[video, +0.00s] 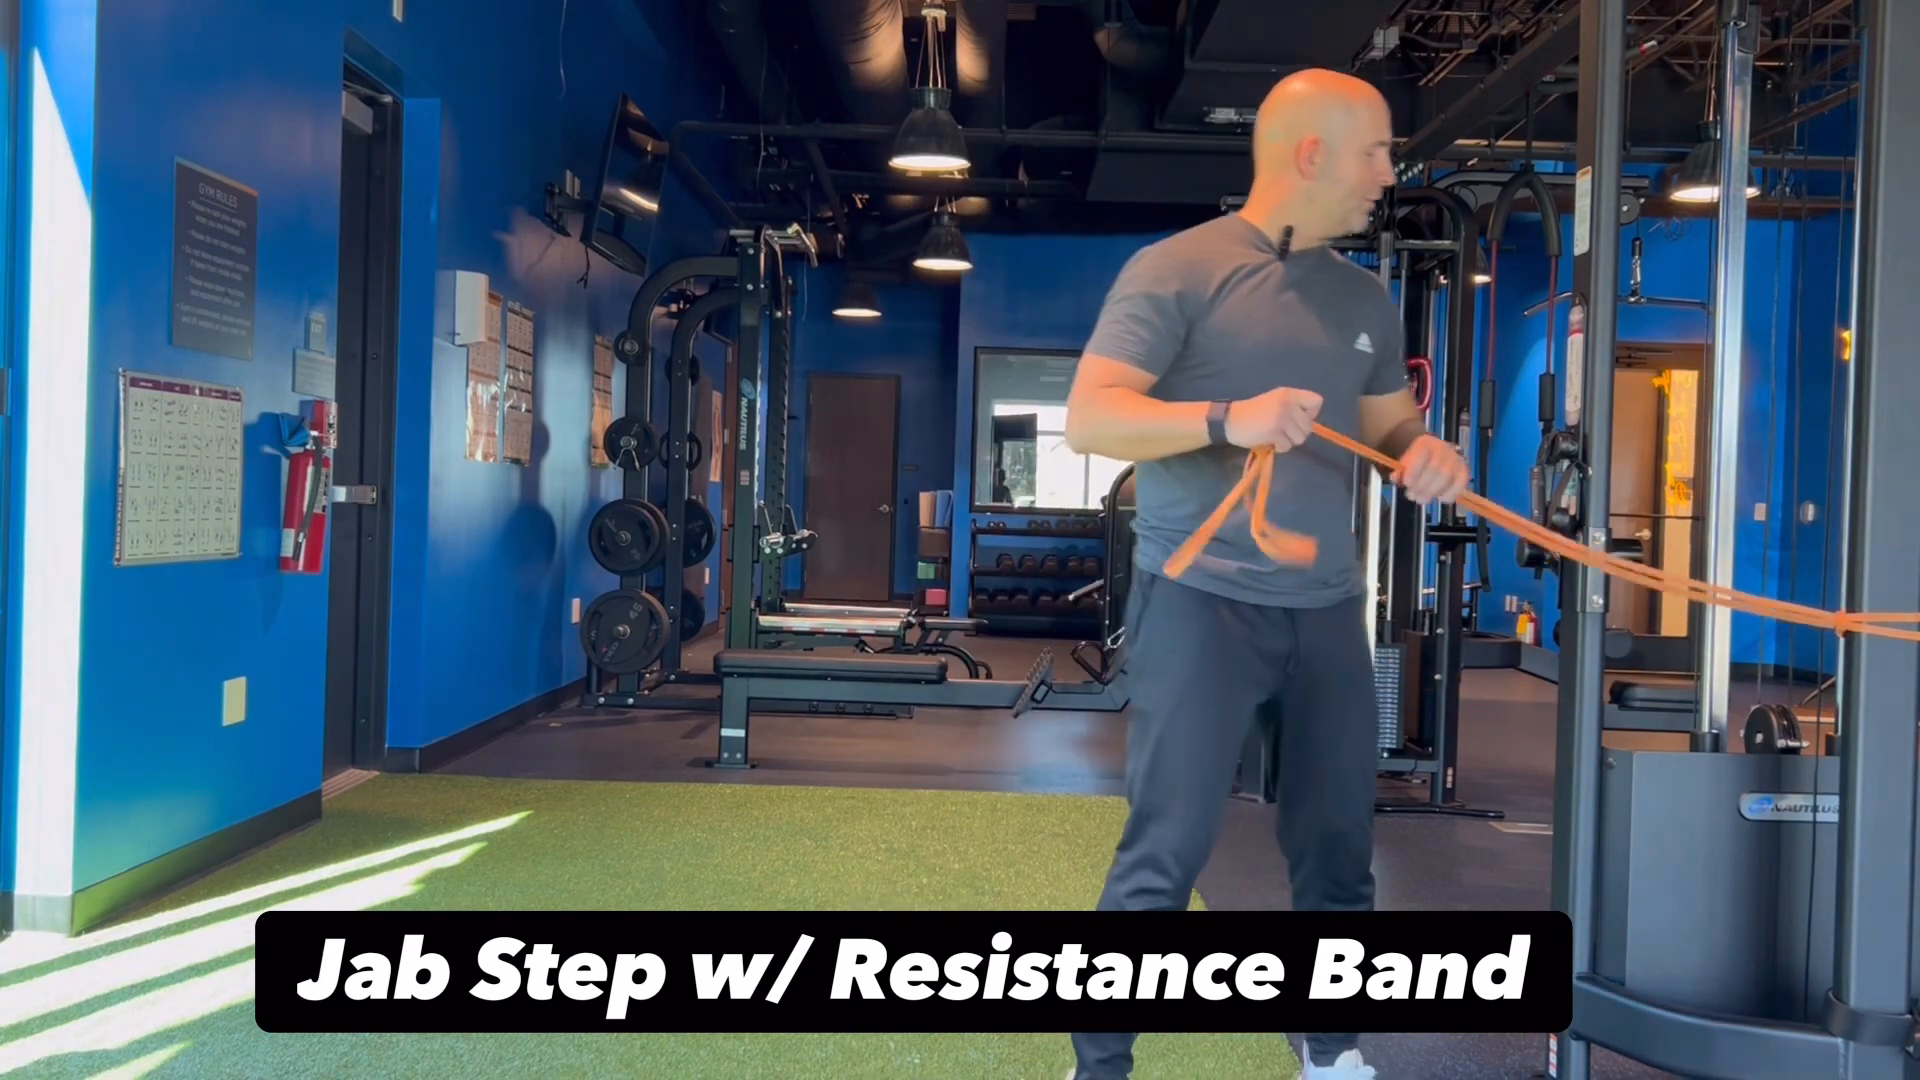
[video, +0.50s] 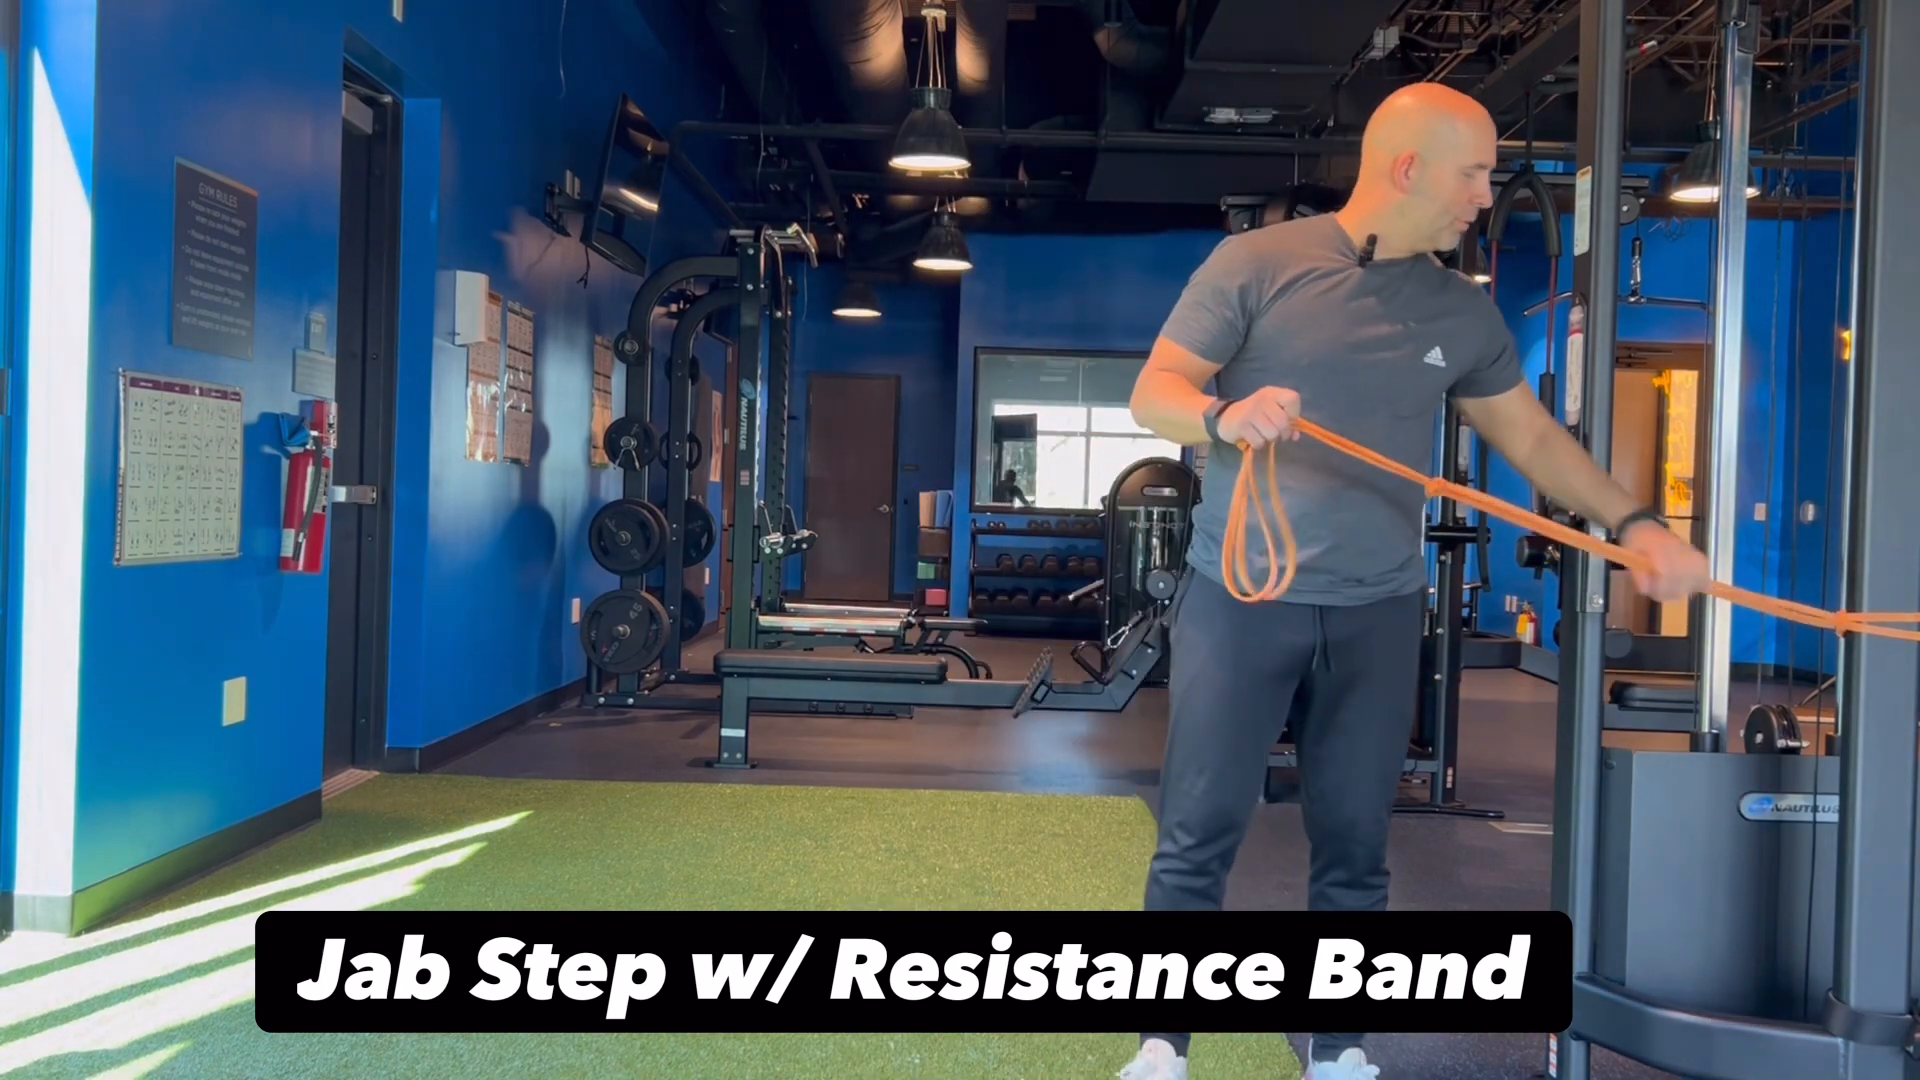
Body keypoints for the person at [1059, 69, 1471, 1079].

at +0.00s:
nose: (1389, 175)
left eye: (1389, 154)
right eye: (1374, 152)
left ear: (1316, 159)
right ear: (1304, 155)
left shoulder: (1366, 299)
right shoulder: (1177, 270)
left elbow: (1387, 429)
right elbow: (1090, 417)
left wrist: (1421, 451)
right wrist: (1224, 418)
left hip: (1327, 609)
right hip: (1199, 601)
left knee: (1339, 850)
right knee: (1167, 851)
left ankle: (1329, 1051)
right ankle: (1100, 1059)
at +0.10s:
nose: (1430, 185)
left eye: (1432, 165)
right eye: (1417, 163)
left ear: (1359, 168)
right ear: (1346, 162)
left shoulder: (1408, 304)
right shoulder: (1205, 272)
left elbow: (1436, 430)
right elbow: (1118, 413)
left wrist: (1463, 454)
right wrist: (1223, 423)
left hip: (1357, 612)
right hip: (1221, 607)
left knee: (1347, 845)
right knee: (1179, 836)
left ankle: (1334, 1050)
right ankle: (1107, 1057)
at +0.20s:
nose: (1459, 194)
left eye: (1463, 174)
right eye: (1449, 170)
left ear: (1386, 171)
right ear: (1379, 165)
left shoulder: (1436, 306)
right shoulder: (1230, 267)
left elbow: (1474, 436)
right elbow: (1138, 402)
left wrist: (1495, 473)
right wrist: (1222, 420)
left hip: (1368, 611)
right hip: (1231, 601)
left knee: (1350, 846)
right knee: (1180, 831)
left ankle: (1332, 1045)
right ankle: (1121, 1051)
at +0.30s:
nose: (1478, 197)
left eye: (1481, 176)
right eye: (1466, 174)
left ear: (1406, 176)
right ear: (1394, 170)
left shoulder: (1454, 307)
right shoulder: (1244, 263)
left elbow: (1486, 437)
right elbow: (1146, 394)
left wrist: (1522, 485)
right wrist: (1214, 413)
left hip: (1372, 612)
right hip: (1234, 600)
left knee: (1351, 851)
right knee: (1192, 832)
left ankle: (1331, 1044)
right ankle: (1150, 1042)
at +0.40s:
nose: (1484, 201)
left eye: (1489, 180)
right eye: (1474, 177)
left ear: (1413, 178)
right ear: (1402, 171)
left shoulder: (1458, 311)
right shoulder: (1249, 263)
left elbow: (1505, 438)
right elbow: (1151, 391)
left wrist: (1577, 501)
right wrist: (1215, 410)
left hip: (1379, 610)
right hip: (1239, 601)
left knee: (1351, 847)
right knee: (1197, 839)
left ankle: (1331, 1046)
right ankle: (1162, 1042)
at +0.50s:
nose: (1486, 199)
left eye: (1491, 180)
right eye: (1475, 175)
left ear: (1414, 175)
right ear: (1403, 167)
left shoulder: (1461, 312)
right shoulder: (1254, 262)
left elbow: (1535, 439)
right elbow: (1157, 392)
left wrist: (1637, 527)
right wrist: (1220, 416)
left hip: (1379, 606)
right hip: (1241, 597)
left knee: (1354, 848)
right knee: (1198, 833)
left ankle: (1330, 1043)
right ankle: (1164, 1041)